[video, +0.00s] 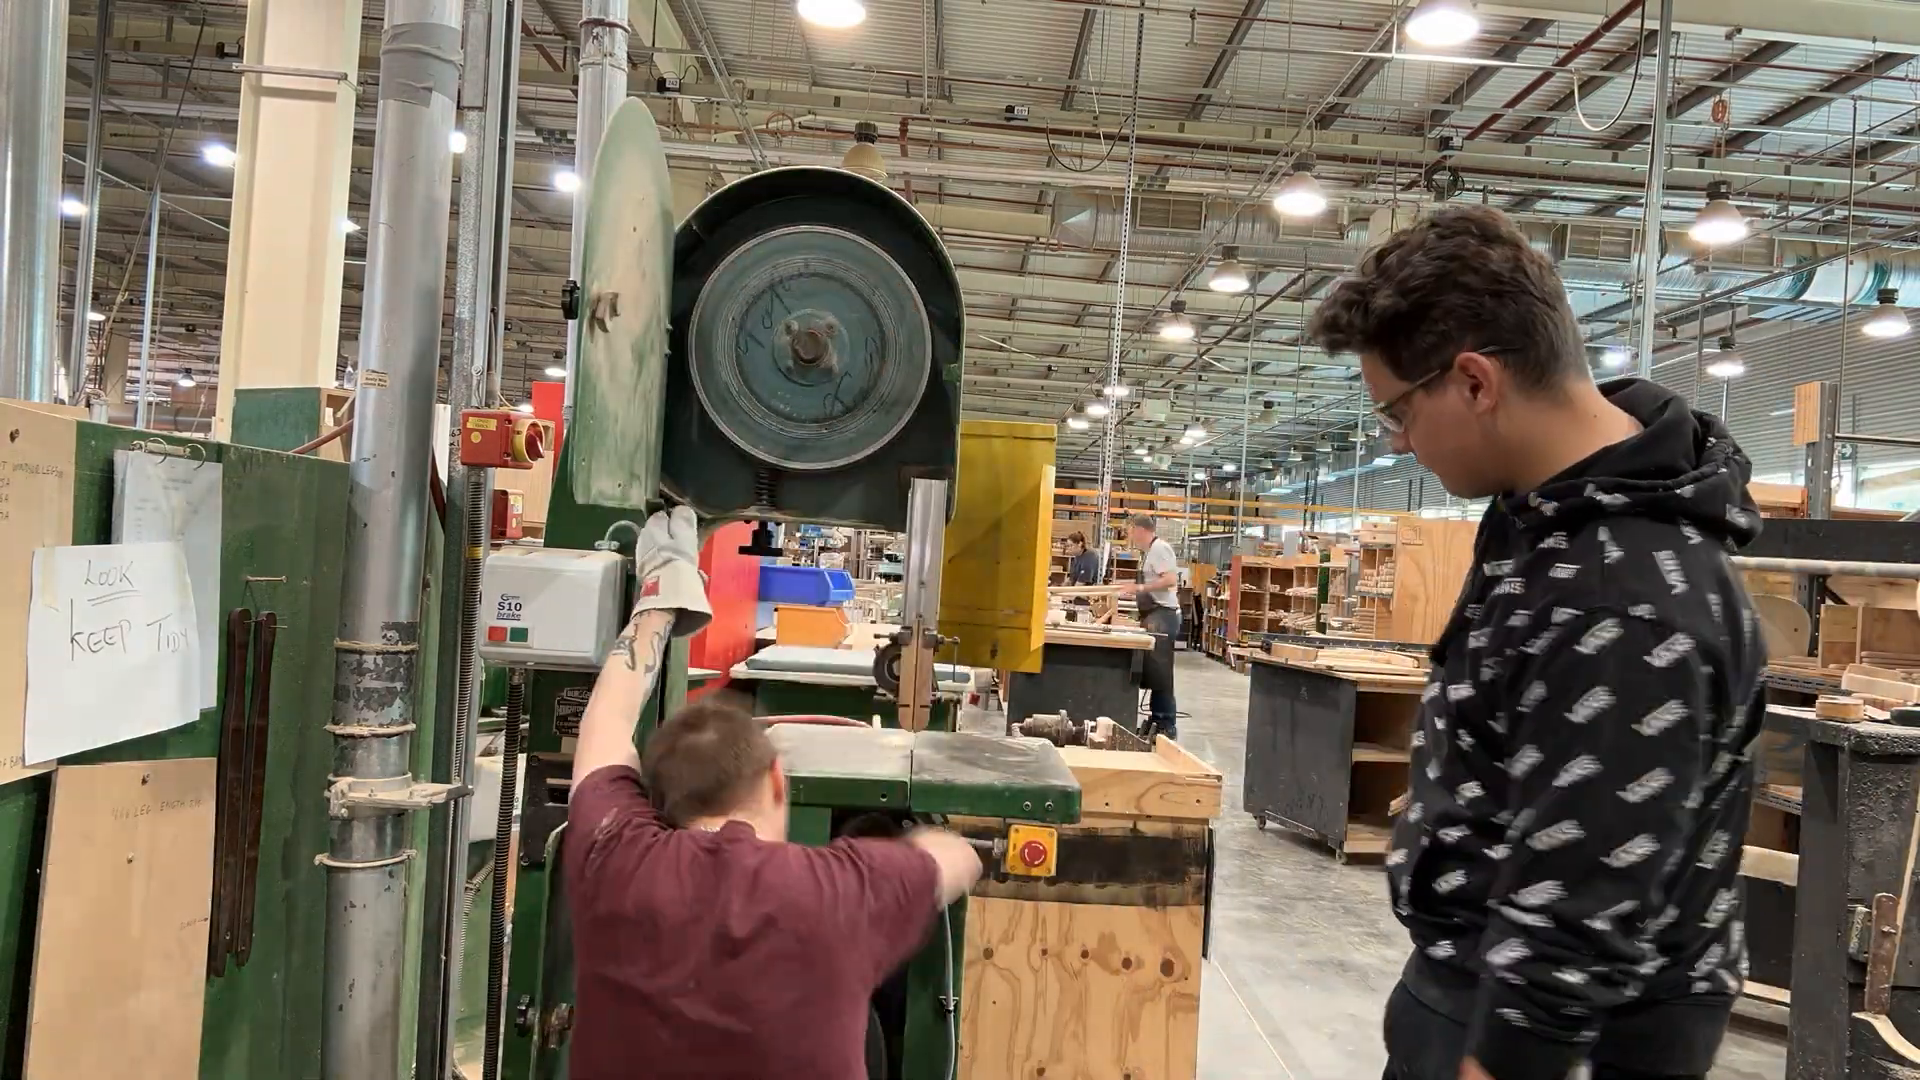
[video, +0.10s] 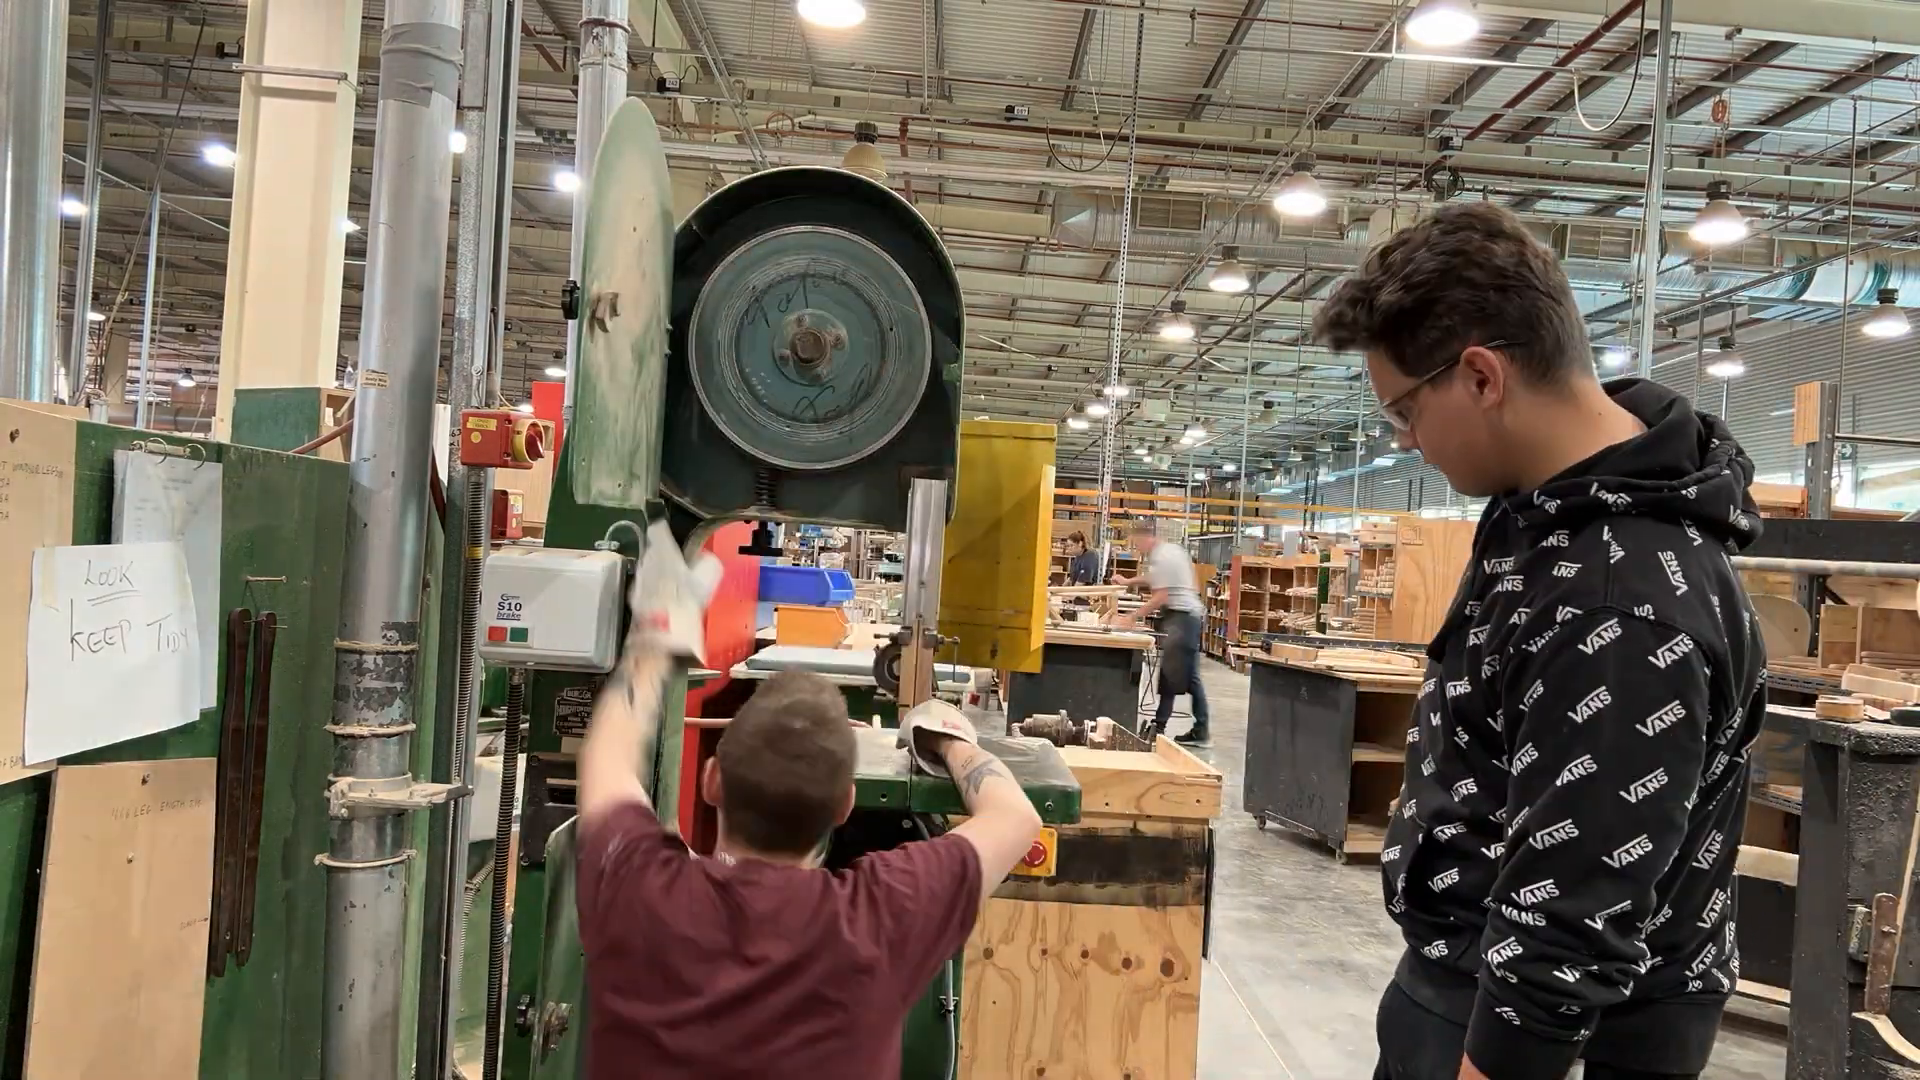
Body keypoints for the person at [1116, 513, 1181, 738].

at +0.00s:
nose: (1130, 536)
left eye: (1132, 532)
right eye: (1131, 532)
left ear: (1143, 531)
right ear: (1144, 531)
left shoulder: (1160, 549)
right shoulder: (1150, 552)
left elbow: (1170, 579)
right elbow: (1155, 583)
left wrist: (1140, 587)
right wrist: (1132, 589)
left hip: (1163, 614)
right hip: (1153, 613)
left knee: (1161, 670)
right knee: (1154, 670)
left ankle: (1167, 725)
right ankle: (1156, 719)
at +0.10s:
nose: (1136, 547)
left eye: (1137, 542)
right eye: (1135, 543)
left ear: (1147, 537)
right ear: (1151, 536)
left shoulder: (1161, 555)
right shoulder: (1171, 550)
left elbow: (1161, 597)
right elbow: (1155, 579)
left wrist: (1132, 617)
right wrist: (1128, 582)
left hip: (1181, 617)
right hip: (1188, 616)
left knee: (1169, 676)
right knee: (1191, 675)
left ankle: (1157, 728)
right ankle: (1201, 728)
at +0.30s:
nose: (1176, 541)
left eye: (1178, 536)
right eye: (1175, 536)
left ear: (1191, 531)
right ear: (1191, 532)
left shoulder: (1201, 555)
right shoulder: (1200, 553)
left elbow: (1198, 588)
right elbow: (1194, 586)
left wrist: (1169, 586)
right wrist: (1169, 582)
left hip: (1197, 621)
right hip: (1196, 620)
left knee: (1180, 675)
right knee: (1197, 678)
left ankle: (1166, 727)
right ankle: (1202, 729)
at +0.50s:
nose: (1151, 541)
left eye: (1154, 536)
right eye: (1151, 536)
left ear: (1168, 535)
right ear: (1164, 536)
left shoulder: (1180, 556)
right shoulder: (1171, 555)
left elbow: (1179, 592)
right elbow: (1176, 590)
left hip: (1190, 619)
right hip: (1185, 618)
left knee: (1177, 675)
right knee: (1194, 676)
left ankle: (1165, 728)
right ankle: (1202, 729)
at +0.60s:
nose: (1136, 547)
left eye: (1137, 542)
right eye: (1135, 543)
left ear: (1150, 536)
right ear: (1148, 538)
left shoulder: (1168, 555)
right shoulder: (1155, 557)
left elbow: (1175, 592)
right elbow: (1154, 592)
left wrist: (1152, 621)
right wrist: (1143, 618)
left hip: (1183, 616)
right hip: (1172, 615)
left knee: (1170, 671)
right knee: (1177, 671)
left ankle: (1164, 728)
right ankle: (1198, 724)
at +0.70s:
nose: (1149, 542)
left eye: (1152, 537)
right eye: (1148, 537)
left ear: (1165, 533)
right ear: (1157, 535)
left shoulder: (1181, 554)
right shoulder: (1160, 552)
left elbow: (1188, 589)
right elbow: (1151, 580)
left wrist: (1153, 593)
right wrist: (1132, 583)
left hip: (1179, 616)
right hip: (1162, 614)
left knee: (1172, 669)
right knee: (1156, 669)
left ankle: (1172, 725)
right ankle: (1157, 719)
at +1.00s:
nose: (1136, 550)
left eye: (1138, 545)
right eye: (1134, 546)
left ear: (1151, 538)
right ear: (1145, 540)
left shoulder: (1173, 555)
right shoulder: (1147, 559)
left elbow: (1182, 590)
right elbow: (1138, 589)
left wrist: (1148, 597)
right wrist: (1120, 595)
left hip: (1182, 614)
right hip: (1161, 614)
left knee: (1174, 666)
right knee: (1157, 666)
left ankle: (1172, 725)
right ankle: (1154, 720)